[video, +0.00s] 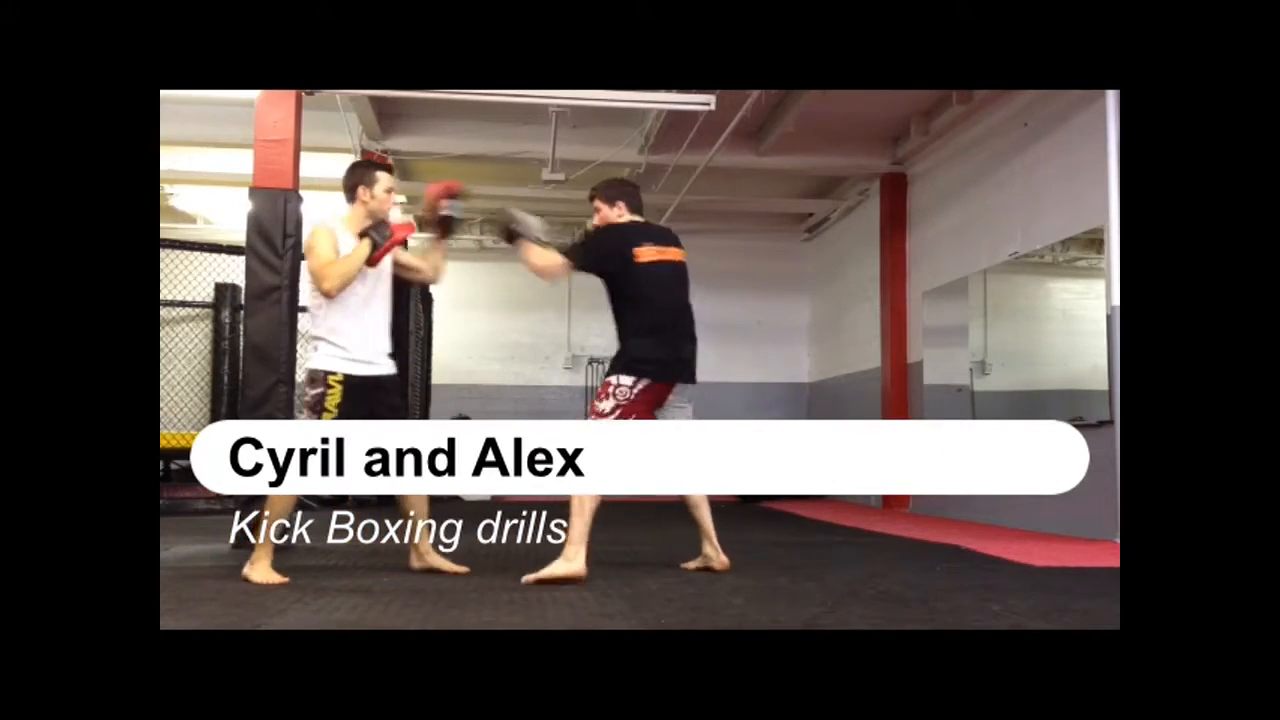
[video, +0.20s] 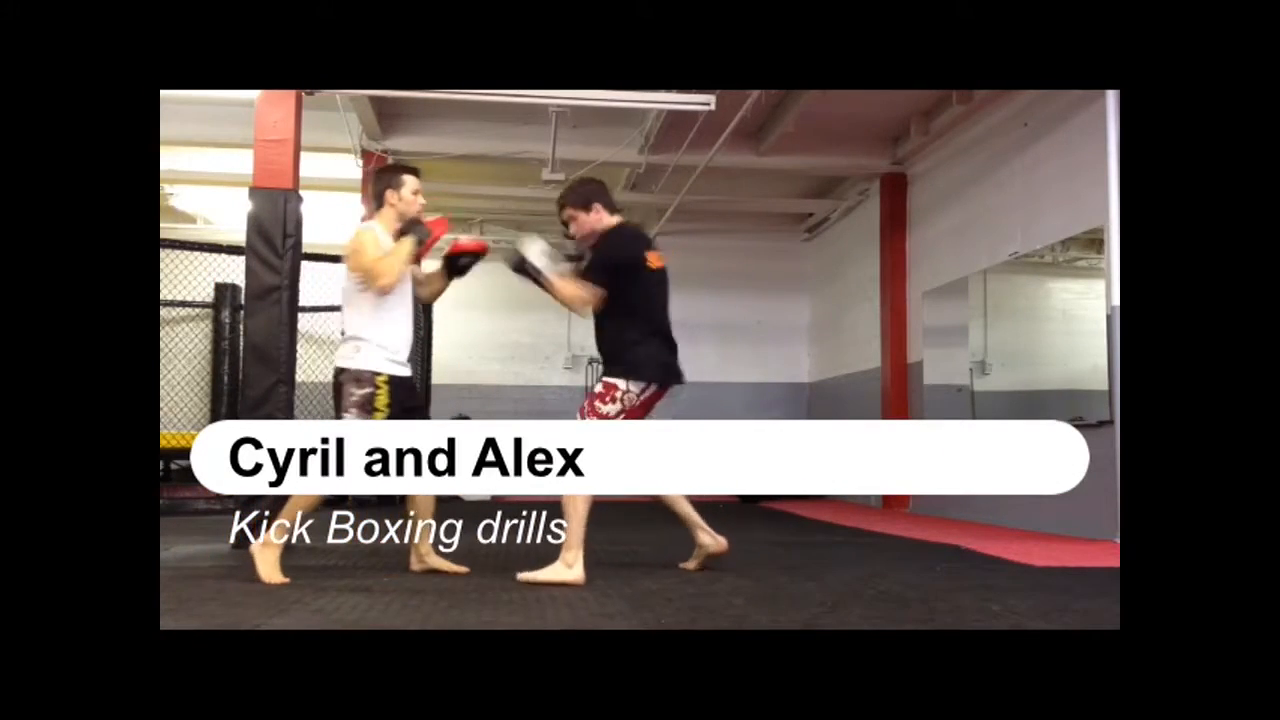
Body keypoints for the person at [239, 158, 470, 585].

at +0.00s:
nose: (394, 200)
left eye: (395, 192)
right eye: (388, 192)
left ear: (375, 195)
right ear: (362, 193)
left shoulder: (380, 244)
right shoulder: (324, 233)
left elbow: (429, 272)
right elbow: (328, 283)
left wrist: (438, 227)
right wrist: (374, 242)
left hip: (380, 370)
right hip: (333, 369)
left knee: (411, 458)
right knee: (301, 464)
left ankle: (421, 548)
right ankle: (261, 558)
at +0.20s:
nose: (422, 202)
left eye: (422, 194)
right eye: (415, 194)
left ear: (399, 198)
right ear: (392, 197)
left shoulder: (401, 242)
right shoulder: (365, 236)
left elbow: (423, 291)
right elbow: (381, 279)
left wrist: (451, 267)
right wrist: (414, 238)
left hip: (398, 369)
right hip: (363, 369)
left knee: (424, 459)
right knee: (342, 463)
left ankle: (423, 549)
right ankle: (271, 542)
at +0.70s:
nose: (412, 209)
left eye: (414, 202)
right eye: (405, 201)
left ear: (403, 207)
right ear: (377, 203)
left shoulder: (399, 247)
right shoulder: (351, 237)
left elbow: (438, 279)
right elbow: (348, 280)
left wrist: (455, 247)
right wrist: (400, 251)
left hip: (384, 375)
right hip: (341, 373)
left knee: (421, 455)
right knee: (307, 466)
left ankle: (423, 550)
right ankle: (261, 559)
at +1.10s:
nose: (380, 201)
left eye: (382, 194)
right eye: (372, 192)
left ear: (379, 201)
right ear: (347, 195)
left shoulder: (367, 247)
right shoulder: (314, 235)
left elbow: (396, 284)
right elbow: (326, 267)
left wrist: (412, 254)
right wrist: (353, 221)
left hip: (362, 367)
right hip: (318, 364)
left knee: (395, 451)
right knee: (300, 459)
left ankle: (396, 550)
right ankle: (260, 559)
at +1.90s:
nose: (373, 207)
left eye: (374, 200)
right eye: (367, 198)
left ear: (348, 201)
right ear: (340, 198)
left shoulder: (350, 242)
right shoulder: (299, 237)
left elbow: (360, 294)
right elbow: (283, 298)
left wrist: (408, 270)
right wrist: (344, 282)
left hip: (360, 367)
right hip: (314, 367)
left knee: (405, 447)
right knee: (302, 464)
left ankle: (385, 538)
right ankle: (258, 561)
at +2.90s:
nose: (325, 196)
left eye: (326, 189)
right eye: (320, 187)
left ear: (300, 192)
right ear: (293, 188)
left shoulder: (303, 244)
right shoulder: (253, 229)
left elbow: (292, 295)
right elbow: (215, 284)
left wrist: (322, 297)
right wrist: (279, 295)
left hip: (287, 363)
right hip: (248, 359)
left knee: (280, 464)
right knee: (242, 461)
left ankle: (254, 553)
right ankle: (199, 552)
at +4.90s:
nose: (414, 198)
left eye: (414, 191)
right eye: (408, 190)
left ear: (387, 193)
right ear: (383, 191)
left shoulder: (395, 244)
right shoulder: (345, 231)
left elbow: (434, 272)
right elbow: (367, 272)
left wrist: (439, 230)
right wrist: (402, 229)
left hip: (397, 369)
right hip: (354, 367)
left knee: (432, 458)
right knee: (328, 467)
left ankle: (450, 544)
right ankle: (287, 561)